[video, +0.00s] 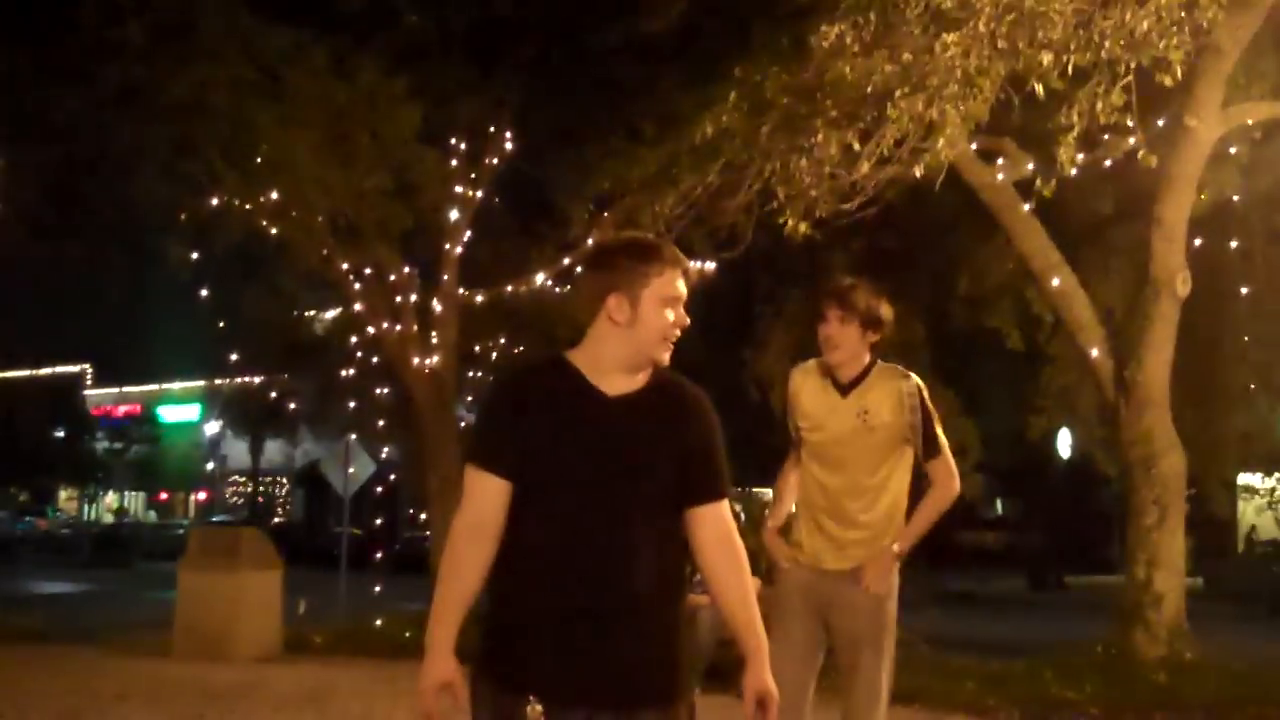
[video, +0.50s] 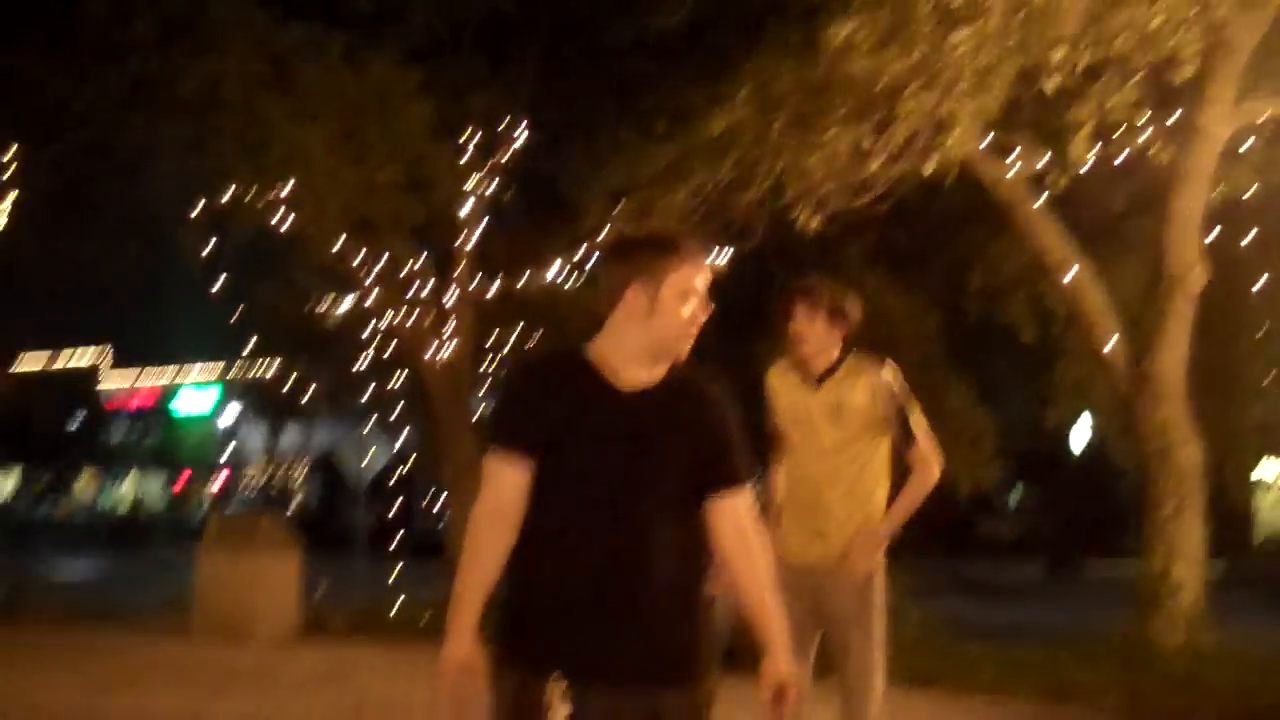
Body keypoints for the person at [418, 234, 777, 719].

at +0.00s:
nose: (683, 321)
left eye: (682, 306)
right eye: (670, 304)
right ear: (617, 308)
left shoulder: (683, 410)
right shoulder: (525, 394)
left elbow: (716, 538)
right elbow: (477, 525)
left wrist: (757, 655)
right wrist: (439, 647)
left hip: (644, 687)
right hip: (527, 685)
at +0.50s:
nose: (704, 312)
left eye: (705, 298)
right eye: (688, 296)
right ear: (634, 297)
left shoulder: (699, 406)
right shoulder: (542, 386)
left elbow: (739, 532)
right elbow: (497, 513)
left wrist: (776, 650)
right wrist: (461, 631)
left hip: (663, 671)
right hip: (541, 667)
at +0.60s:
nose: (761, 320)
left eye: (763, 306)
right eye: (747, 304)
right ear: (693, 299)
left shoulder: (761, 414)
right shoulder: (605, 390)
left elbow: (796, 536)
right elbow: (557, 511)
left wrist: (836, 647)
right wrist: (518, 630)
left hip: (719, 661)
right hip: (601, 656)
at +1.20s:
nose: (769, 364)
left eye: (774, 348)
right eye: (752, 348)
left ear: (779, 344)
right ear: (698, 342)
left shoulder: (780, 433)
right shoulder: (633, 406)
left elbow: (786, 577)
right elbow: (581, 528)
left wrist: (776, 692)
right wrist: (529, 636)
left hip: (726, 679)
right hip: (629, 671)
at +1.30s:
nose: (749, 385)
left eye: (755, 369)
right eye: (731, 371)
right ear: (678, 364)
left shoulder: (756, 449)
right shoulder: (618, 424)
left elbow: (753, 588)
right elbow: (565, 539)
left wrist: (732, 701)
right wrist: (511, 647)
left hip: (697, 685)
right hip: (602, 672)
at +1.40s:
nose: (725, 382)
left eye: (732, 367)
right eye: (705, 368)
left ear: (738, 366)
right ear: (655, 362)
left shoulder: (733, 449)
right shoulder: (599, 421)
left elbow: (719, 586)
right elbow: (545, 532)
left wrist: (694, 697)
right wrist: (490, 638)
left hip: (672, 682)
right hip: (583, 666)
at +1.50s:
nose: (677, 365)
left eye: (683, 350)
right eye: (658, 349)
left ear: (690, 350)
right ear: (607, 343)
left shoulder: (683, 435)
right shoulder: (553, 409)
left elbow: (672, 570)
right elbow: (495, 521)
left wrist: (645, 676)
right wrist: (441, 623)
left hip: (621, 671)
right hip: (530, 654)